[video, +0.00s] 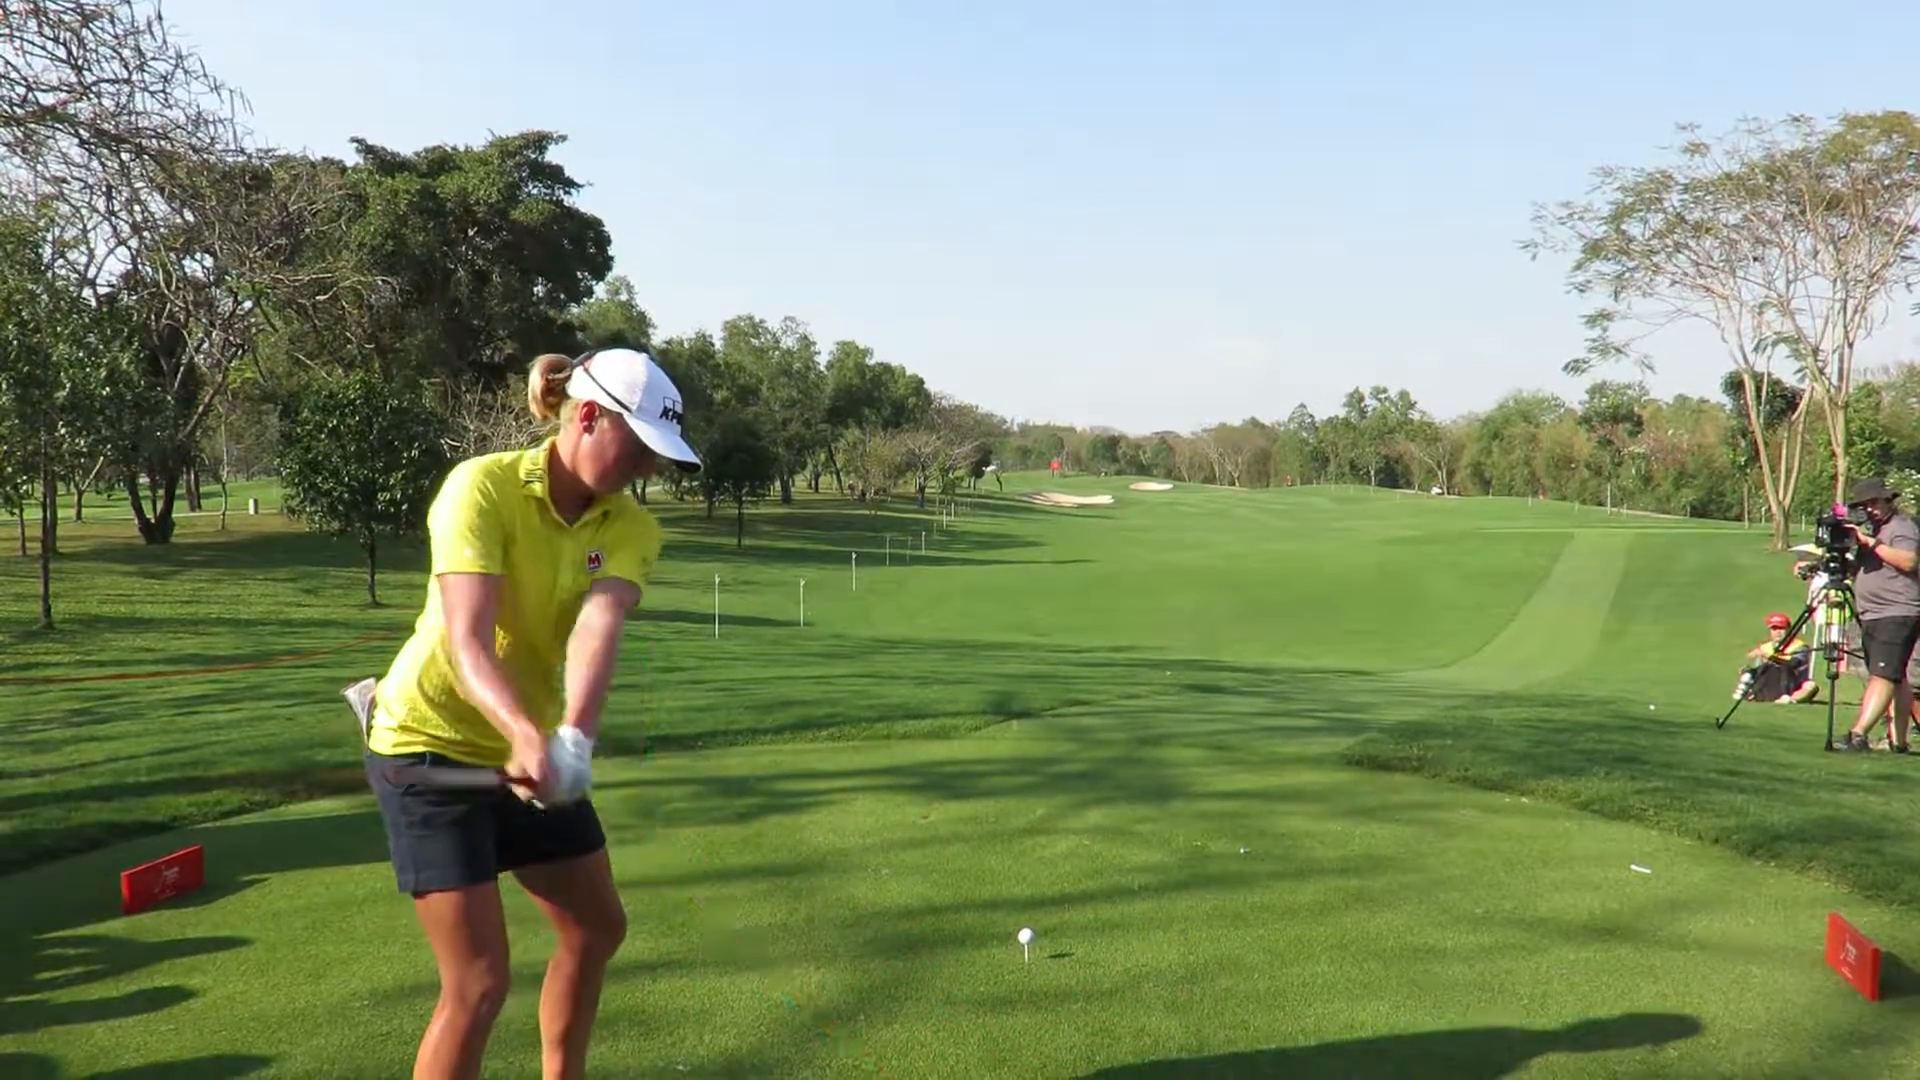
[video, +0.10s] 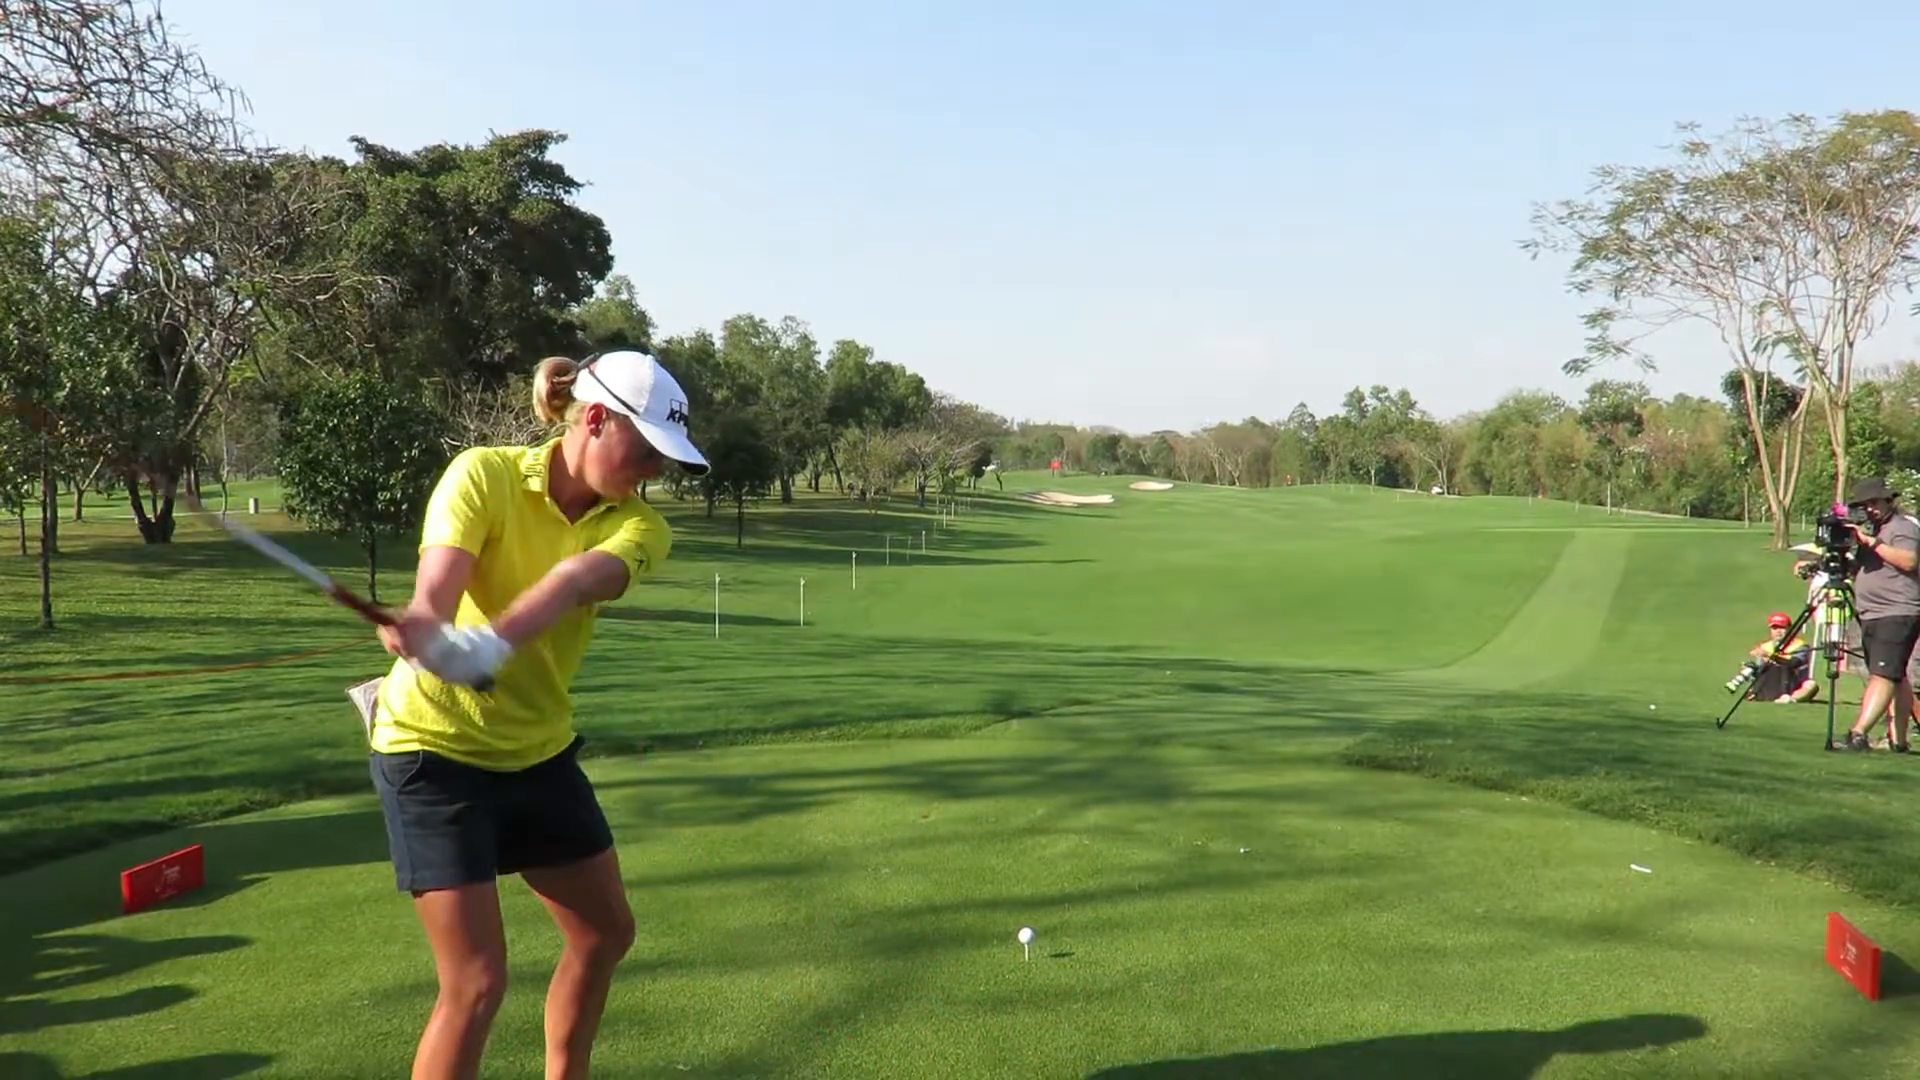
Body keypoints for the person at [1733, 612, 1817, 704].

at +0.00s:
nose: (1777, 632)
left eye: (1781, 629)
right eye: (1774, 629)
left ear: (1788, 630)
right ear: (1769, 631)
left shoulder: (1799, 647)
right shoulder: (1765, 647)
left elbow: (1794, 663)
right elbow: (1750, 657)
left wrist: (1771, 657)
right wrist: (1759, 655)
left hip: (1788, 680)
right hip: (1766, 677)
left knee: (1812, 686)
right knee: (1747, 672)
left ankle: (1791, 699)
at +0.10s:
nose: (1778, 631)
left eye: (1782, 627)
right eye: (1774, 628)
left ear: (1789, 629)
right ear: (1770, 630)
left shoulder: (1800, 646)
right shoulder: (1766, 646)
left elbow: (1794, 662)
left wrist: (1771, 656)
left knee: (1812, 684)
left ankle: (1791, 699)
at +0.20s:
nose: (1778, 631)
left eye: (1782, 627)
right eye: (1775, 627)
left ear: (1789, 629)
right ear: (1770, 630)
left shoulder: (1799, 645)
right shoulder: (1764, 646)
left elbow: (1794, 661)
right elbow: (1754, 672)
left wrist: (1774, 656)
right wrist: (1762, 657)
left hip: (1789, 686)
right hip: (1766, 685)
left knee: (1812, 684)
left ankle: (1790, 698)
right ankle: (1732, 667)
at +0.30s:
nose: (1778, 629)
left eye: (1781, 625)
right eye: (1774, 625)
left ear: (1789, 626)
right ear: (1770, 627)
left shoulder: (1800, 643)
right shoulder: (1765, 643)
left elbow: (1794, 660)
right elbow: (1752, 668)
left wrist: (1771, 654)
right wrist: (1755, 654)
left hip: (1791, 682)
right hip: (1769, 680)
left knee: (1812, 682)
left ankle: (1792, 696)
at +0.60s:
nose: (1779, 624)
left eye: (1783, 620)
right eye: (1776, 621)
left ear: (1789, 622)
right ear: (1771, 622)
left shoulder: (1799, 638)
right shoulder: (1768, 636)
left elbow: (1798, 654)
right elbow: (1748, 657)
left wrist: (1775, 647)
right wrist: (1756, 640)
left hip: (1793, 674)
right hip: (1769, 671)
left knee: (1812, 678)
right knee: (1750, 687)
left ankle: (1791, 692)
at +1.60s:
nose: (1773, 632)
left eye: (1777, 628)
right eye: (1770, 628)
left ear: (1785, 627)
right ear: (1767, 628)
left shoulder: (1799, 642)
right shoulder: (1768, 641)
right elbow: (1749, 656)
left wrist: (1784, 654)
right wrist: (1758, 640)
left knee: (1812, 680)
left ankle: (1792, 693)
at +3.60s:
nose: (1775, 635)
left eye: (1779, 631)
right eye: (1771, 632)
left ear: (1787, 631)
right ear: (1767, 632)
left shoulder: (1799, 644)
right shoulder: (1767, 645)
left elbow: (1797, 661)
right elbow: (1750, 659)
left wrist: (1781, 654)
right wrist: (1759, 643)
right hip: (1768, 681)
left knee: (1812, 683)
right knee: (1749, 691)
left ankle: (1791, 696)